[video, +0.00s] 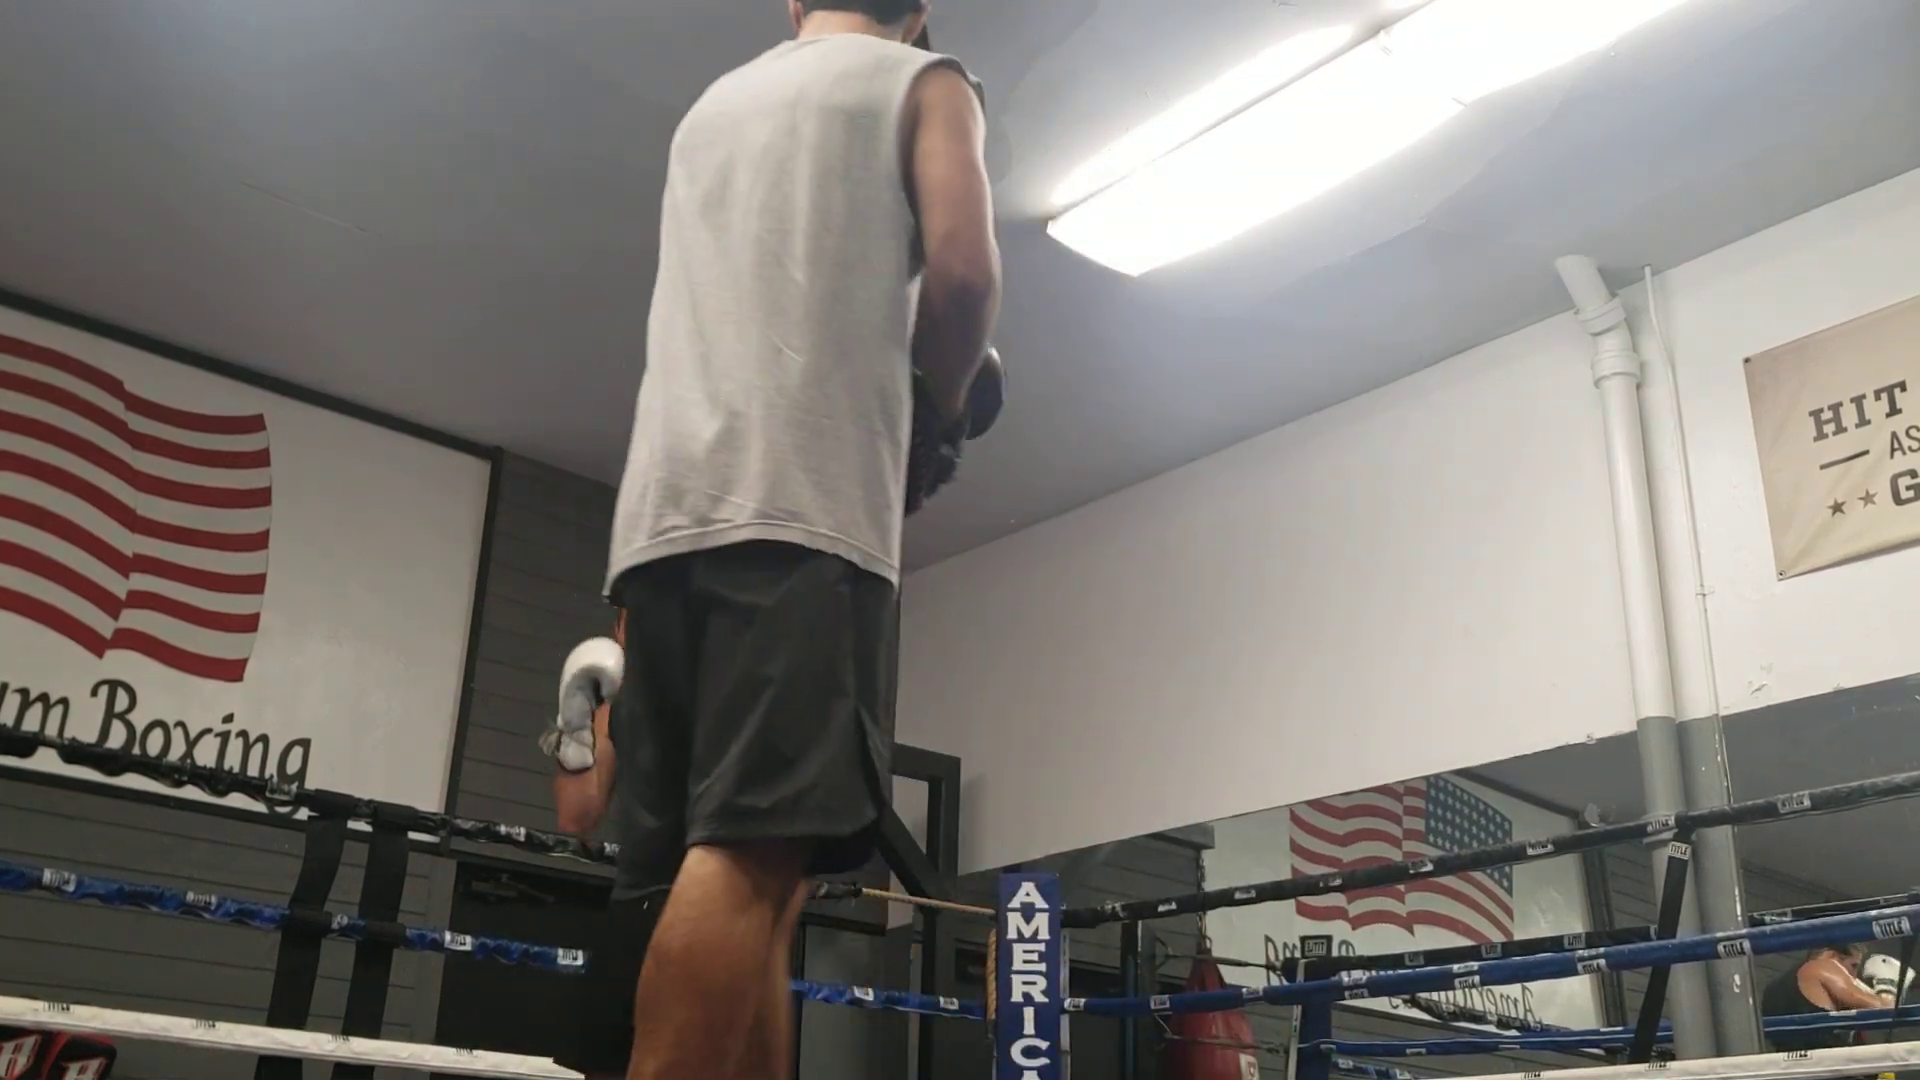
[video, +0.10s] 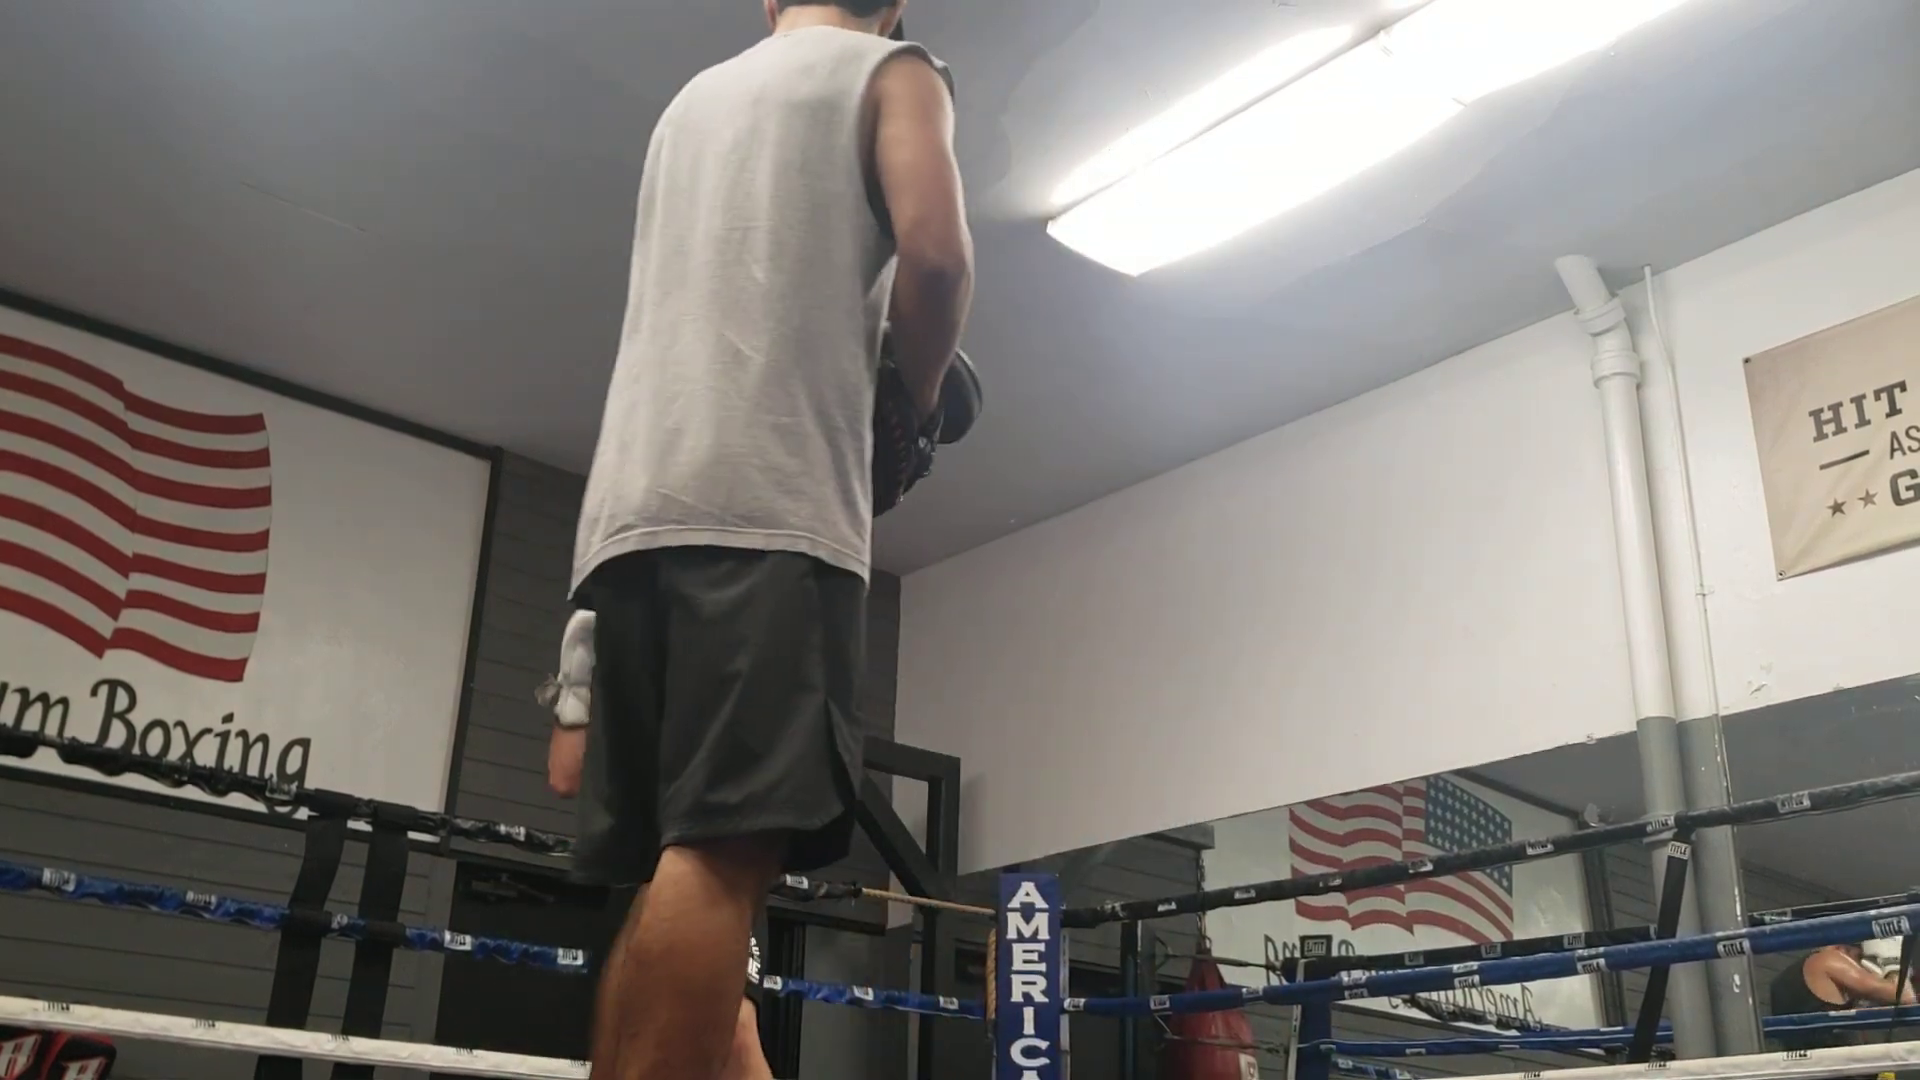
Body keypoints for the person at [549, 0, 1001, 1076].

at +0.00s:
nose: (929, 44)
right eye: (930, 38)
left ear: (794, 18)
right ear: (914, 26)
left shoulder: (709, 107)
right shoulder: (921, 77)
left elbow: (707, 301)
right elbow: (963, 269)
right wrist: (934, 430)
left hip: (660, 498)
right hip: (806, 497)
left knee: (755, 871)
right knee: (742, 859)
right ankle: (660, 1079)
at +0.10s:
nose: (899, 40)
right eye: (904, 32)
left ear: (769, 13)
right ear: (893, 15)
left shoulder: (687, 106)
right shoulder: (889, 67)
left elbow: (668, 324)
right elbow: (937, 253)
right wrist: (913, 406)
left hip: (629, 498)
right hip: (770, 496)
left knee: (682, 862)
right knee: (719, 856)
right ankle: (629, 1073)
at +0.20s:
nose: (881, 39)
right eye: (881, 31)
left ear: (742, 13)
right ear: (863, 14)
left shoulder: (654, 115)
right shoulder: (860, 66)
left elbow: (623, 312)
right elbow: (912, 240)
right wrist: (892, 405)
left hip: (603, 509)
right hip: (751, 505)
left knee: (589, 871)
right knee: (703, 856)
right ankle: (645, 1073)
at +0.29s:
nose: (850, 41)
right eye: (849, 33)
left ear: (707, 15)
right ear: (831, 18)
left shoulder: (608, 133)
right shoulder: (841, 79)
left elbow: (538, 330)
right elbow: (908, 234)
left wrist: (671, 387)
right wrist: (887, 405)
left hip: (584, 525)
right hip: (743, 514)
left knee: (525, 873)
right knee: (697, 853)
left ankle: (416, 1070)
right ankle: (646, 1077)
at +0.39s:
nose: (780, 59)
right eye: (780, 46)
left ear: (660, 37)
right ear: (782, 42)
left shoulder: (551, 141)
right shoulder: (825, 116)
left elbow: (472, 314)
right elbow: (917, 281)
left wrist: (592, 387)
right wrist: (860, 428)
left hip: (552, 542)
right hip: (737, 536)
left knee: (454, 882)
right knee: (683, 854)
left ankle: (358, 1076)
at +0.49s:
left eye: (600, 47)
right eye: (727, 58)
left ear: (599, 55)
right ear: (720, 59)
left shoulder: (493, 153)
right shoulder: (778, 152)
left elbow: (408, 314)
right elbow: (903, 334)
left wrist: (522, 400)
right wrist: (816, 430)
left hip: (514, 561)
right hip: (702, 562)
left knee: (416, 894)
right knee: (667, 866)